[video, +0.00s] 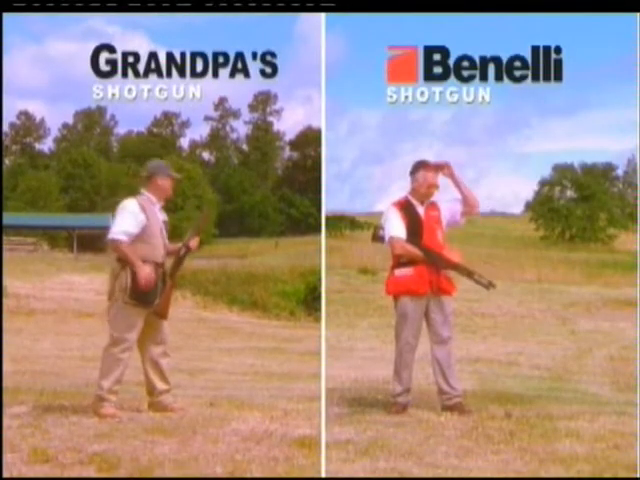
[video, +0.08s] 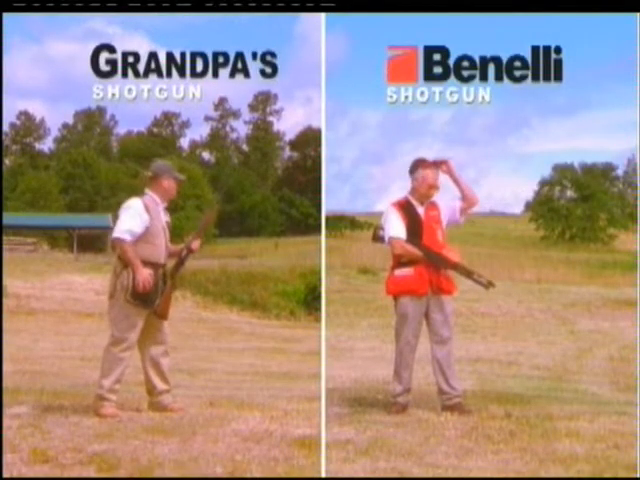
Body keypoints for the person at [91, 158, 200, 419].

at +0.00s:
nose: (172, 186)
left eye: (172, 181)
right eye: (169, 181)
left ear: (160, 183)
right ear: (155, 180)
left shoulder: (158, 213)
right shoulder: (132, 207)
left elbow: (159, 249)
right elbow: (116, 239)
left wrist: (183, 247)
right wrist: (138, 265)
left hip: (155, 273)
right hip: (132, 273)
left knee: (156, 341)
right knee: (122, 340)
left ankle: (160, 397)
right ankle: (106, 398)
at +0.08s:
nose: (177, 188)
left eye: (177, 183)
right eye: (173, 182)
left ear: (164, 184)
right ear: (160, 182)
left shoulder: (161, 213)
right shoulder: (137, 207)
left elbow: (159, 250)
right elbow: (120, 239)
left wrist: (184, 250)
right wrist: (138, 268)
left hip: (156, 274)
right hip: (133, 273)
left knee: (156, 341)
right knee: (122, 339)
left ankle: (160, 397)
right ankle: (105, 398)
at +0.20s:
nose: (181, 188)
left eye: (182, 183)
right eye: (178, 182)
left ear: (168, 184)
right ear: (164, 182)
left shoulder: (163, 213)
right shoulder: (141, 206)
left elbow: (162, 250)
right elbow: (123, 238)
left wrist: (187, 250)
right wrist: (140, 267)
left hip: (157, 273)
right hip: (134, 272)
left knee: (156, 340)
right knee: (123, 339)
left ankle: (160, 396)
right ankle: (106, 397)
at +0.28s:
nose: (182, 188)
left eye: (182, 183)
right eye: (178, 182)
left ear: (168, 184)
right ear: (164, 181)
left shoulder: (165, 212)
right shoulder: (142, 205)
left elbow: (167, 250)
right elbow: (123, 237)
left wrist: (191, 245)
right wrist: (141, 263)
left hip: (157, 273)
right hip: (134, 272)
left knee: (155, 341)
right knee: (122, 338)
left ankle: (160, 396)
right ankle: (106, 397)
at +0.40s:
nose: (178, 186)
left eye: (178, 181)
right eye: (175, 180)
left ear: (166, 182)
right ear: (161, 180)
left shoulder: (164, 212)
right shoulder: (139, 204)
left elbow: (171, 248)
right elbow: (122, 237)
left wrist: (193, 243)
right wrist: (143, 261)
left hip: (157, 274)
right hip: (133, 273)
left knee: (155, 340)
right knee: (122, 338)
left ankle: (160, 396)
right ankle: (106, 397)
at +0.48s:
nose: (172, 184)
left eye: (172, 179)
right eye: (169, 179)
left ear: (161, 180)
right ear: (156, 179)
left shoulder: (160, 212)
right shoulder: (134, 204)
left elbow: (168, 247)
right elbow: (121, 238)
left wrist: (190, 243)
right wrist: (145, 261)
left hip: (154, 276)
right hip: (131, 276)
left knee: (155, 341)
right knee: (123, 339)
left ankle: (160, 396)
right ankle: (106, 397)